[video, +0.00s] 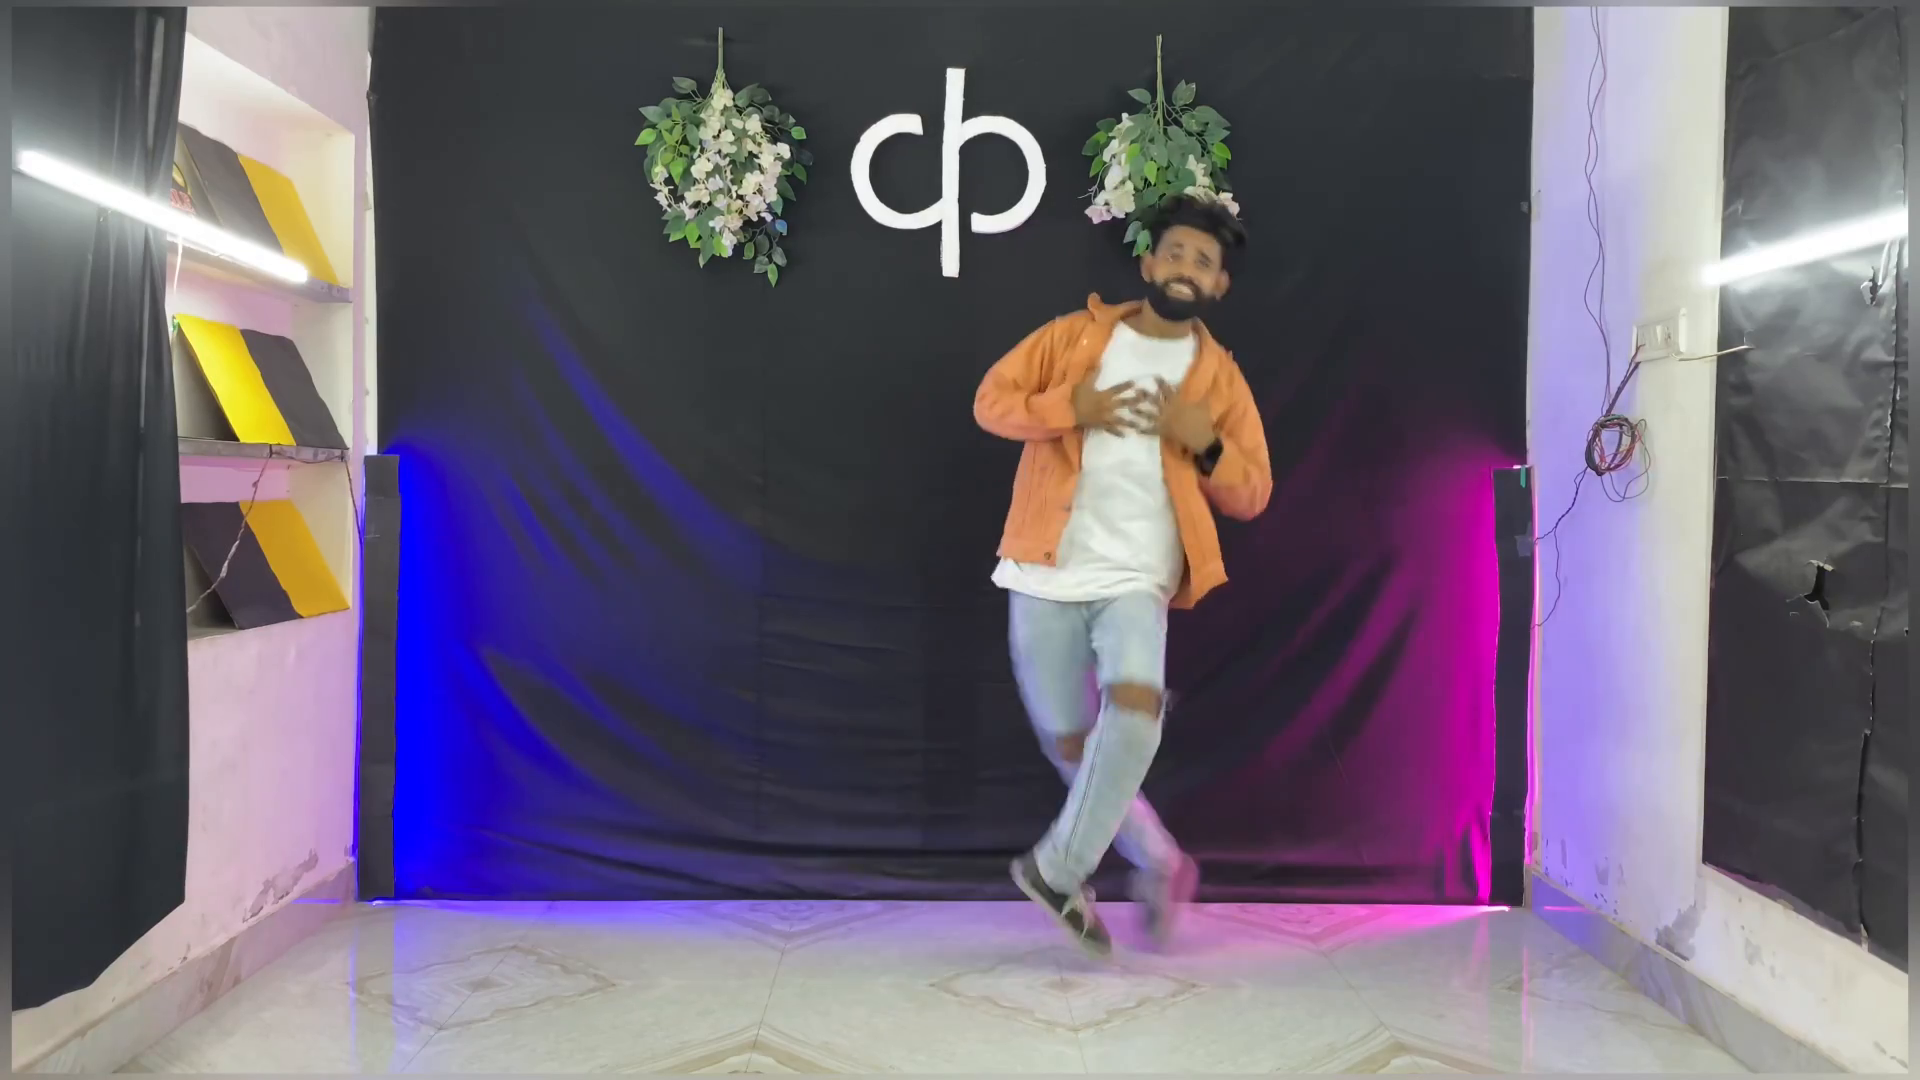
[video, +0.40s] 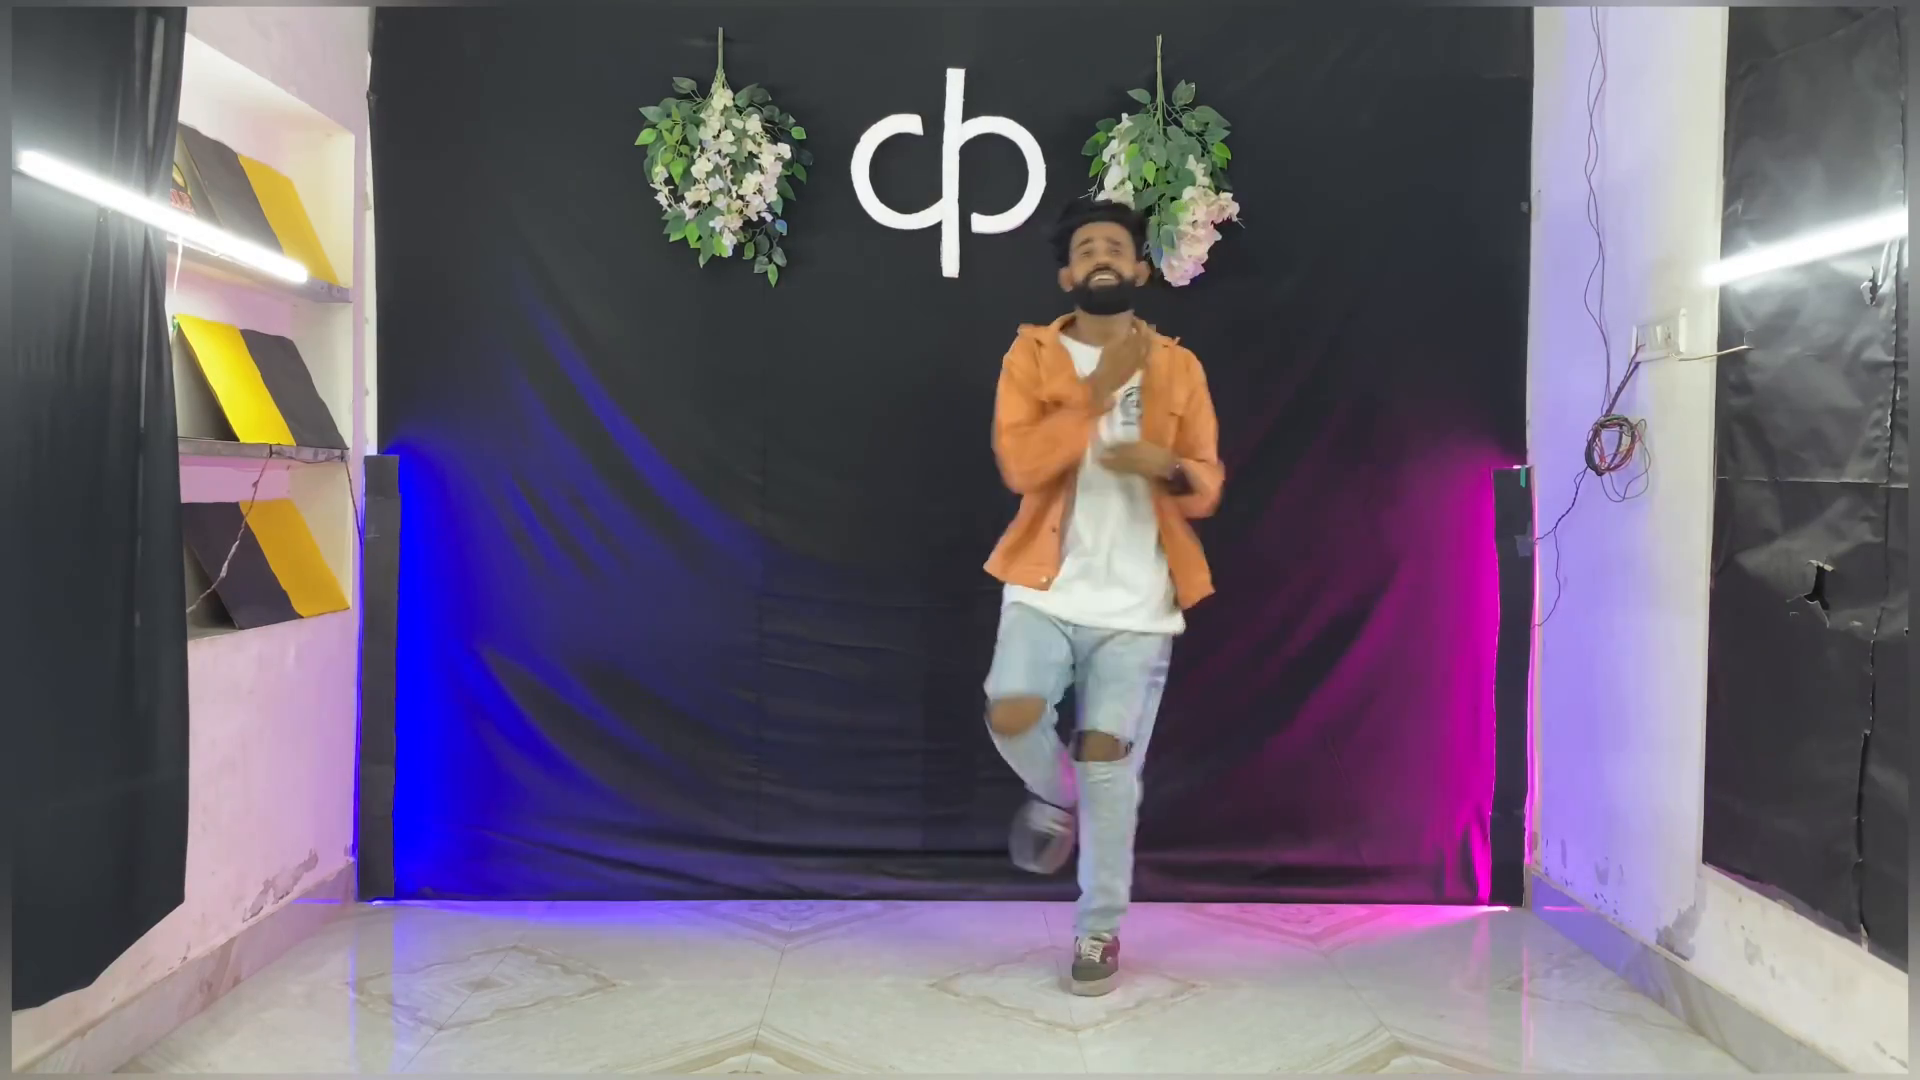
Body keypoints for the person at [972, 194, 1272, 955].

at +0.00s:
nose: (1186, 270)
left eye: (1205, 263)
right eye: (1175, 253)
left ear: (1221, 288)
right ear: (1146, 261)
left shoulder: (1218, 375)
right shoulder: (1075, 336)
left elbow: (1253, 493)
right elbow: (991, 404)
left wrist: (1209, 449)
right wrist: (1074, 408)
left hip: (1137, 575)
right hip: (1045, 570)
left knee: (1136, 712)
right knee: (1068, 741)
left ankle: (1058, 868)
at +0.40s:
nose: (1100, 261)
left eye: (1115, 251)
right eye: (1086, 252)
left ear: (1141, 270)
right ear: (1066, 274)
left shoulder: (1177, 368)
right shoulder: (1033, 353)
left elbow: (1207, 485)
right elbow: (1018, 464)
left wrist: (1169, 465)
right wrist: (1101, 395)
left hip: (1137, 596)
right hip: (1042, 580)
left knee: (1105, 753)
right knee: (1011, 710)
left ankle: (1097, 927)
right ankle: (1063, 799)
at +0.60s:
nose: (1057, 226)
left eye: (1071, 212)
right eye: (1040, 217)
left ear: (1099, 226)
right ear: (1023, 238)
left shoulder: (1144, 317)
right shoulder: (1000, 327)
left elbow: (1193, 416)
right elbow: (973, 431)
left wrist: (1246, 497)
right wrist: (953, 510)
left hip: (1095, 539)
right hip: (1007, 532)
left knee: (1068, 706)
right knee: (1004, 680)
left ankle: (1017, 861)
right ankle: (1013, 875)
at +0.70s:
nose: (1034, 280)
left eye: (1047, 264)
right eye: (1017, 270)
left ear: (1077, 276)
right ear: (997, 291)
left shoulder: (1130, 350)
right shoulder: (974, 369)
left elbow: (1241, 384)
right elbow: (885, 438)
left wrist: (1357, 387)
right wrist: (793, 445)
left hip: (1080, 590)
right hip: (992, 582)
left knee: (1029, 757)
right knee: (1008, 742)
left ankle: (886, 865)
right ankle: (1072, 919)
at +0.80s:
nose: (1021, 338)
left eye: (1033, 324)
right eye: (1005, 332)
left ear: (1062, 337)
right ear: (984, 353)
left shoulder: (1112, 397)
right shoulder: (953, 413)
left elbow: (1210, 352)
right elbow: (858, 385)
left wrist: (1313, 326)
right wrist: (765, 360)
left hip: (1067, 640)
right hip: (981, 635)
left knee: (1006, 793)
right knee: (1031, 783)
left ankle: (860, 885)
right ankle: (1084, 935)